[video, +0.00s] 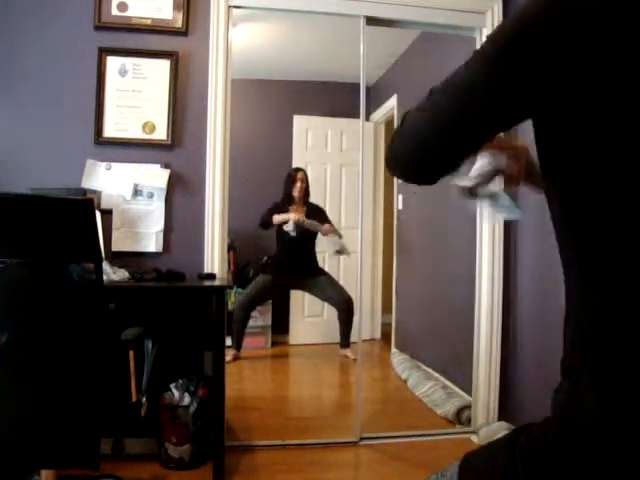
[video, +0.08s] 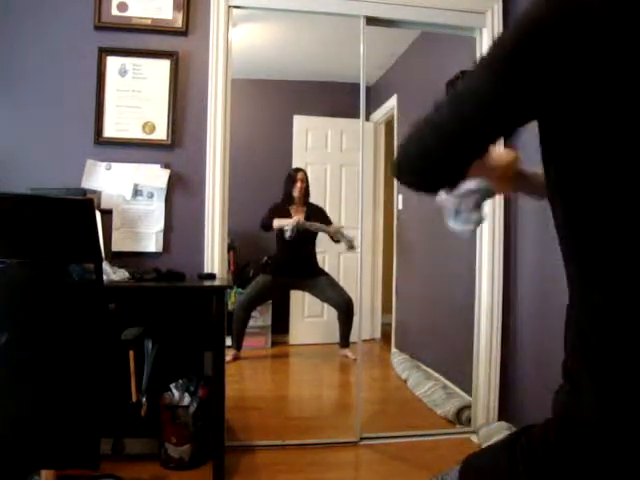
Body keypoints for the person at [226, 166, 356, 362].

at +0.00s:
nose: (300, 185)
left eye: (303, 181)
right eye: (296, 181)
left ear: (307, 185)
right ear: (289, 184)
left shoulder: (315, 211)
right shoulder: (279, 208)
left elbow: (332, 231)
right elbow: (263, 223)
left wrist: (306, 222)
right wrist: (287, 217)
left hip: (309, 272)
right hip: (279, 272)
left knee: (345, 302)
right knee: (243, 303)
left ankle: (345, 347)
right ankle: (235, 350)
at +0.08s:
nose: (299, 185)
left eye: (303, 181)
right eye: (296, 181)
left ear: (307, 185)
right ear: (288, 184)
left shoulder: (315, 212)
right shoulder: (279, 210)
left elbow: (336, 237)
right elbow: (264, 225)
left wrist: (330, 230)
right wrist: (290, 222)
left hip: (309, 272)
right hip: (279, 272)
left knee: (345, 303)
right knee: (243, 303)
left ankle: (344, 347)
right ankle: (235, 350)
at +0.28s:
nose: (301, 187)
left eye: (304, 183)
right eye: (297, 183)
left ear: (308, 186)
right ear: (289, 186)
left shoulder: (316, 212)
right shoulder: (280, 210)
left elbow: (334, 234)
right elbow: (270, 226)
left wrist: (341, 234)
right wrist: (285, 228)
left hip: (309, 272)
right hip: (279, 272)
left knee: (344, 303)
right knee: (244, 304)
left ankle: (345, 347)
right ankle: (235, 350)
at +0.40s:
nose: (301, 185)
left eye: (304, 181)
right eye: (297, 181)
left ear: (309, 185)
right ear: (290, 184)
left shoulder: (316, 211)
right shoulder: (280, 209)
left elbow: (338, 233)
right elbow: (284, 220)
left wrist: (352, 229)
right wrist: (307, 219)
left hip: (308, 272)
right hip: (279, 271)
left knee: (343, 302)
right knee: (243, 304)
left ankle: (344, 347)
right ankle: (236, 350)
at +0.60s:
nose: (300, 184)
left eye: (303, 180)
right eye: (296, 180)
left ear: (308, 185)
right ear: (289, 184)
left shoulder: (309, 212)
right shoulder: (279, 208)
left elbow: (324, 234)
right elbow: (297, 224)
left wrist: (348, 231)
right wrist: (334, 221)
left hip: (307, 272)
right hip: (278, 272)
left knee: (342, 303)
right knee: (240, 304)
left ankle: (344, 347)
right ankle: (236, 350)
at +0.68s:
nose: (299, 185)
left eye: (302, 182)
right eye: (295, 181)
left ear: (307, 186)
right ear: (288, 185)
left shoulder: (308, 213)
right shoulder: (279, 209)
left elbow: (314, 237)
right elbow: (293, 227)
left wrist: (344, 237)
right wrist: (327, 226)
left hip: (306, 273)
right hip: (278, 273)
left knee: (342, 305)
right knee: (240, 304)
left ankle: (344, 347)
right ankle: (236, 350)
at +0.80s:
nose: (298, 187)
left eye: (301, 183)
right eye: (294, 183)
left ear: (306, 188)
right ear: (287, 186)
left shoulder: (308, 214)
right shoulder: (277, 210)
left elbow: (320, 238)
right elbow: (291, 225)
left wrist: (339, 238)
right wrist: (326, 230)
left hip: (307, 274)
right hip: (277, 274)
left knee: (342, 305)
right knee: (240, 302)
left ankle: (345, 347)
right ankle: (236, 350)